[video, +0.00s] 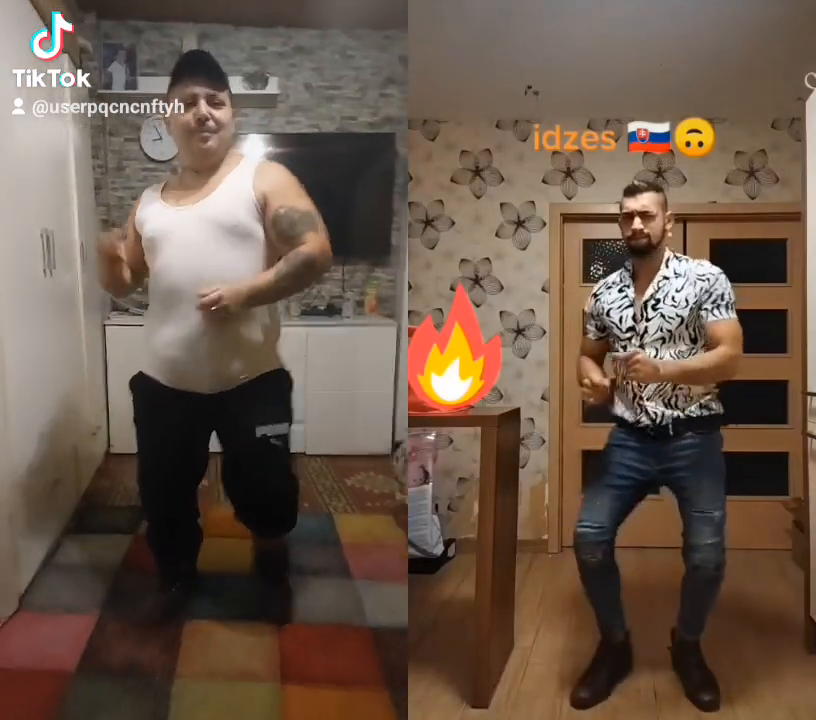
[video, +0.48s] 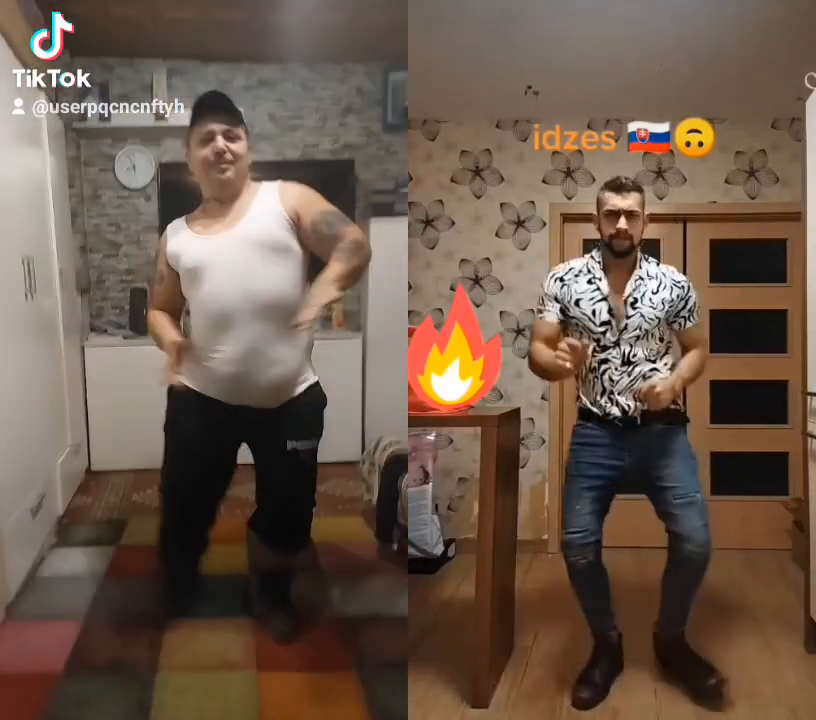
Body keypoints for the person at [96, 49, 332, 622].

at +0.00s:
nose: (205, 113)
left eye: (216, 100)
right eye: (189, 103)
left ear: (232, 111)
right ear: (167, 118)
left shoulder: (265, 179)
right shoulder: (150, 203)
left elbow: (315, 251)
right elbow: (127, 285)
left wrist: (249, 292)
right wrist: (111, 263)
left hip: (251, 377)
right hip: (166, 381)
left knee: (265, 492)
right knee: (164, 496)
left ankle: (272, 564)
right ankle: (174, 583)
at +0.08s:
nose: (199, 109)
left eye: (210, 95)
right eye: (183, 98)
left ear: (229, 106)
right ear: (164, 114)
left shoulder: (264, 169)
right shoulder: (151, 200)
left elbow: (319, 239)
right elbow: (131, 286)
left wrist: (250, 286)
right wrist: (113, 264)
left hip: (255, 372)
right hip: (169, 374)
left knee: (271, 490)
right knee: (164, 493)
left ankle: (282, 577)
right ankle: (171, 582)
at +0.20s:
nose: (202, 100)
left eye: (213, 86)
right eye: (187, 91)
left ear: (234, 95)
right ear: (170, 108)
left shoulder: (272, 151)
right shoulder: (167, 195)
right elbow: (154, 280)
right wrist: (124, 272)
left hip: (272, 362)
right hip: (187, 365)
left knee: (287, 484)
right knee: (176, 488)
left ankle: (297, 579)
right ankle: (173, 579)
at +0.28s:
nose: (189, 118)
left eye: (198, 102)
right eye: (173, 109)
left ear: (218, 107)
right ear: (157, 129)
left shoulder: (257, 167)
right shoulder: (155, 212)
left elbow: (322, 222)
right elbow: (141, 292)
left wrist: (266, 276)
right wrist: (115, 297)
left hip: (259, 376)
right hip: (177, 377)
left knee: (266, 497)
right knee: (157, 497)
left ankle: (266, 588)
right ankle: (141, 587)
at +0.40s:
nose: (211, 140)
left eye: (222, 127)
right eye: (198, 131)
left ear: (242, 137)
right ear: (181, 149)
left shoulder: (280, 187)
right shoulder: (173, 233)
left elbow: (348, 231)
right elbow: (159, 302)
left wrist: (312, 277)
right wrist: (160, 332)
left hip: (286, 391)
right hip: (202, 392)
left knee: (288, 512)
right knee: (177, 512)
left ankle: (280, 596)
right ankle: (161, 597)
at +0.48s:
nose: (220, 148)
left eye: (231, 137)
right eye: (206, 140)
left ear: (249, 149)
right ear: (189, 158)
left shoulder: (288, 200)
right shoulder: (176, 238)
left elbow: (355, 244)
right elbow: (160, 310)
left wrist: (323, 287)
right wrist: (170, 339)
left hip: (287, 398)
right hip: (201, 399)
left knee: (286, 518)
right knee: (183, 515)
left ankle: (274, 600)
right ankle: (176, 595)